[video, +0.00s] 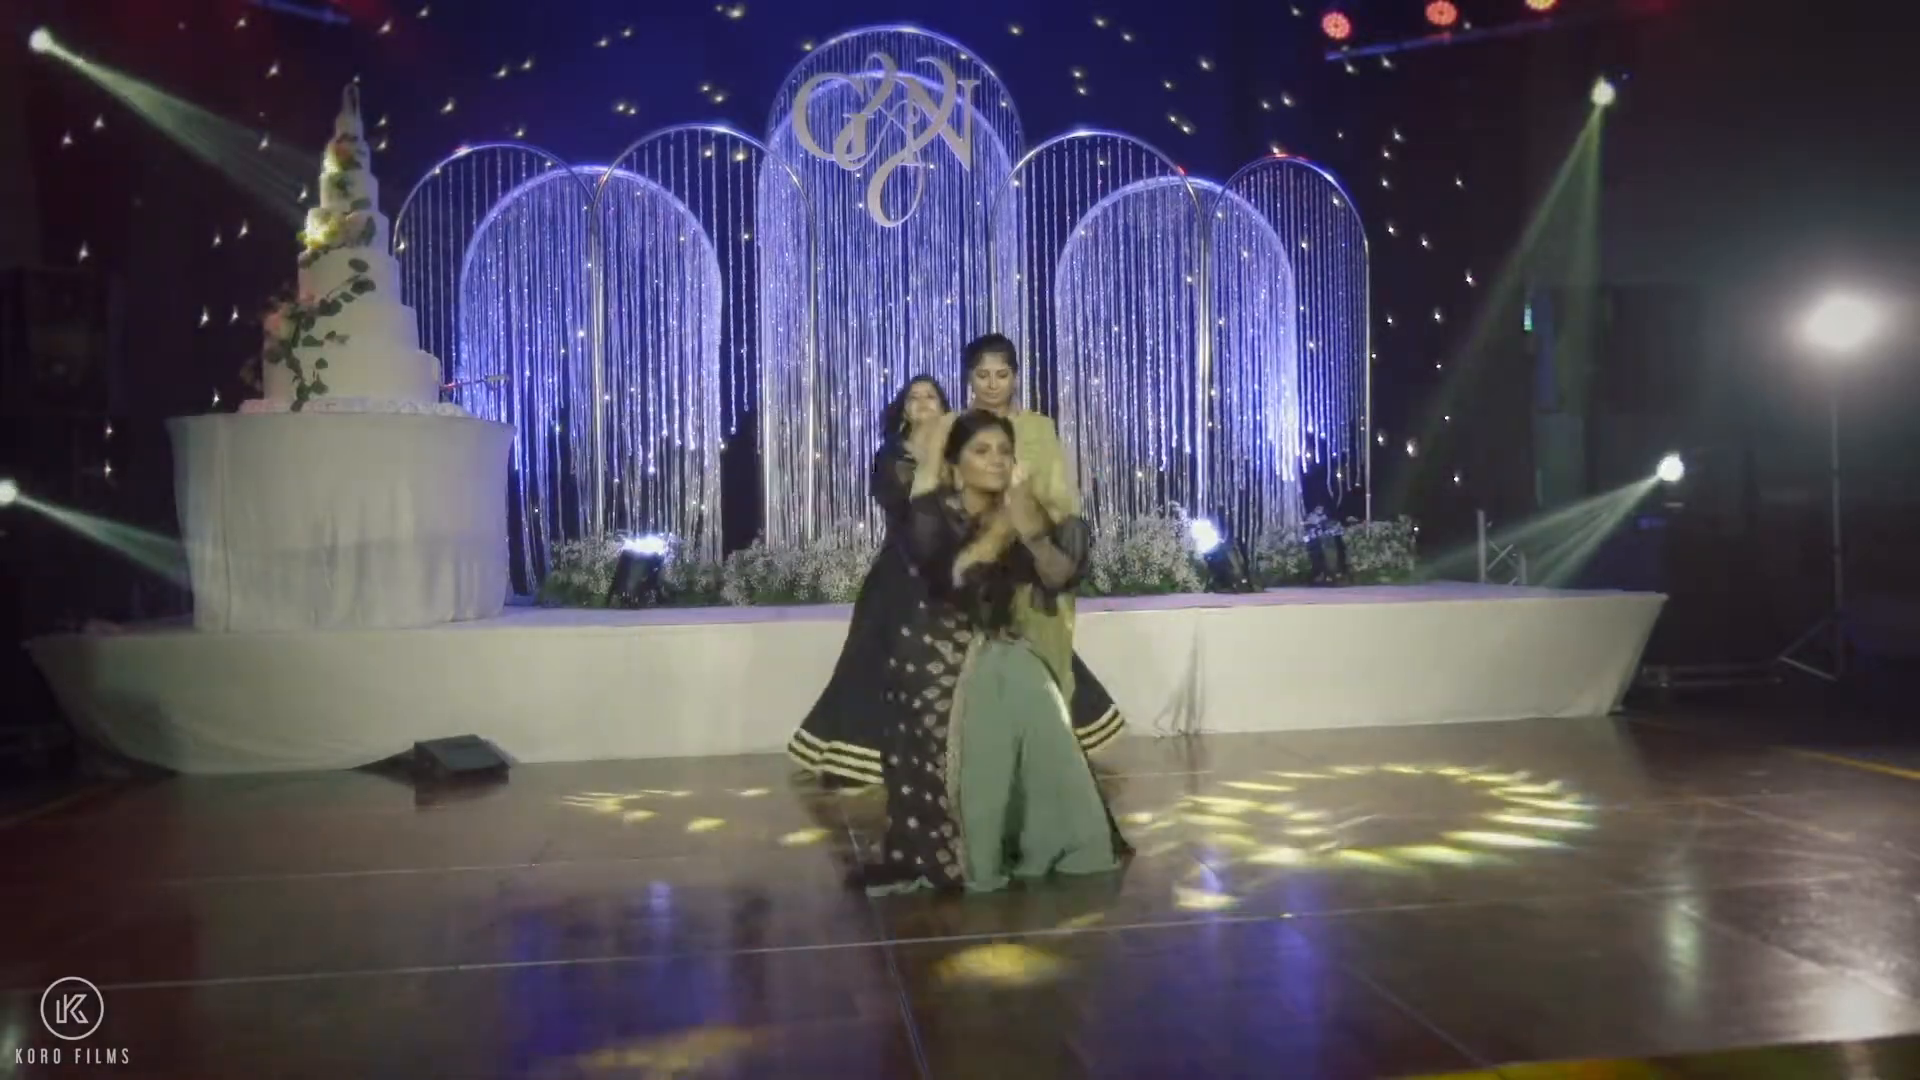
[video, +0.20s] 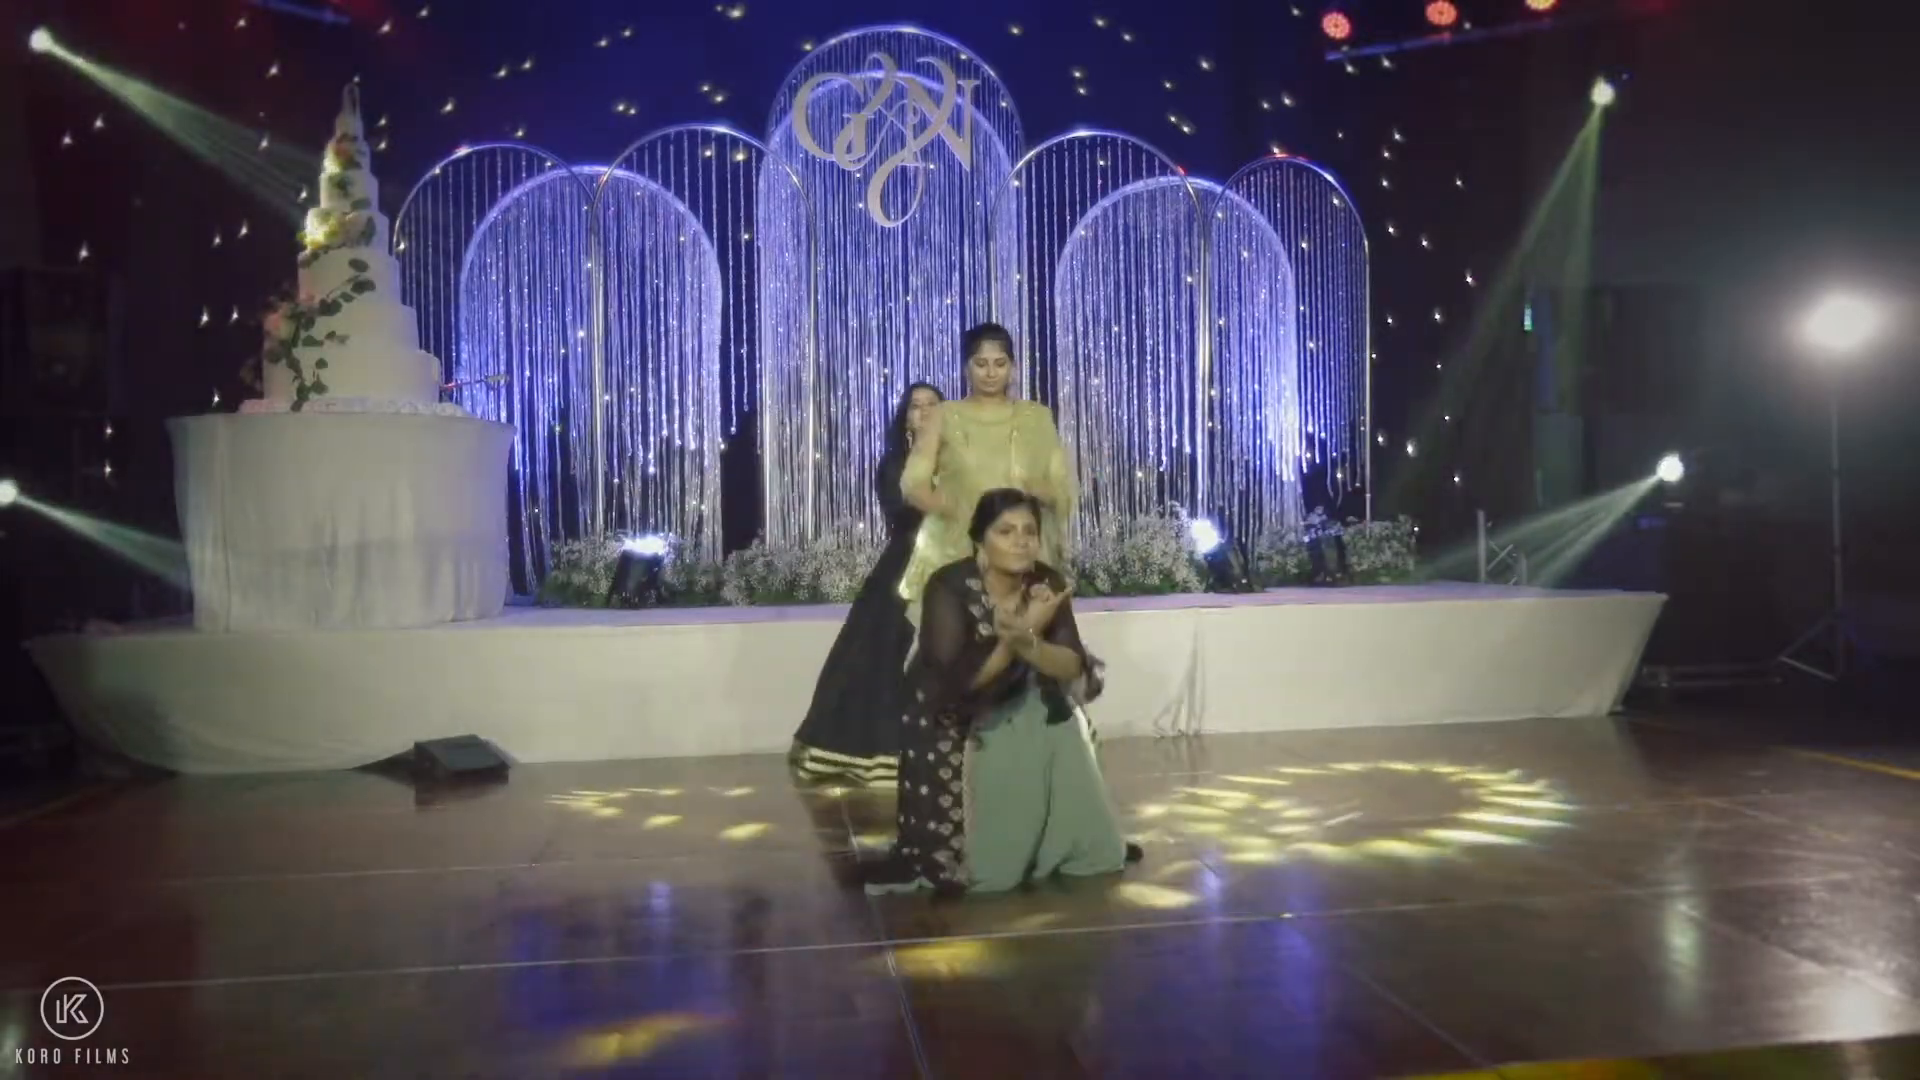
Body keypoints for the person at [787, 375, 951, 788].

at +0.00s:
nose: (923, 405)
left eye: (930, 398)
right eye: (915, 399)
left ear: (944, 406)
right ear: (902, 408)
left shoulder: (962, 452)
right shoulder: (892, 454)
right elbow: (896, 502)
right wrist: (927, 452)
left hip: (949, 561)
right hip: (900, 562)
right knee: (876, 657)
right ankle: (841, 760)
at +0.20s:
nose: (924, 414)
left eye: (931, 406)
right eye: (916, 407)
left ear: (945, 412)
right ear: (904, 415)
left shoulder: (957, 459)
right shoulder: (895, 463)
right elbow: (899, 513)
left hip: (945, 557)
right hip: (903, 558)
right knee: (872, 646)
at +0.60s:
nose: (863, 409)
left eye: (870, 401)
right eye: (856, 402)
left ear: (889, 405)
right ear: (847, 410)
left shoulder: (908, 450)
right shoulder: (840, 452)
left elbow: (918, 500)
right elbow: (820, 498)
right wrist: (842, 465)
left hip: (897, 565)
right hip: (854, 565)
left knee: (888, 653)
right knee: (840, 652)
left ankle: (885, 749)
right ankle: (814, 746)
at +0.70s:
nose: (860, 408)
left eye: (868, 402)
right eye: (853, 402)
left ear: (882, 410)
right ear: (842, 409)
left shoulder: (897, 453)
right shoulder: (834, 452)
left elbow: (913, 508)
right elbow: (812, 497)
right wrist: (822, 452)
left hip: (886, 559)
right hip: (845, 558)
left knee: (875, 653)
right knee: (832, 650)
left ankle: (872, 753)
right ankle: (816, 748)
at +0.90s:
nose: (864, 405)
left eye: (872, 399)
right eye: (856, 399)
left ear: (885, 406)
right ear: (843, 407)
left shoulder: (898, 451)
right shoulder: (834, 455)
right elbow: (798, 499)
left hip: (879, 562)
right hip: (842, 561)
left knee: (855, 654)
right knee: (821, 653)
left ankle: (852, 754)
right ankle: (811, 747)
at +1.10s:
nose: (889, 400)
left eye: (894, 393)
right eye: (879, 394)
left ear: (905, 399)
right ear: (861, 402)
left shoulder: (920, 448)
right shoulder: (848, 450)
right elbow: (826, 494)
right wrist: (774, 461)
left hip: (901, 567)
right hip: (854, 564)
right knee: (819, 646)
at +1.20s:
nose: (902, 403)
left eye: (908, 395)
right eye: (892, 396)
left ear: (920, 399)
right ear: (875, 406)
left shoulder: (934, 450)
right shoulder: (863, 457)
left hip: (919, 564)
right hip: (873, 561)